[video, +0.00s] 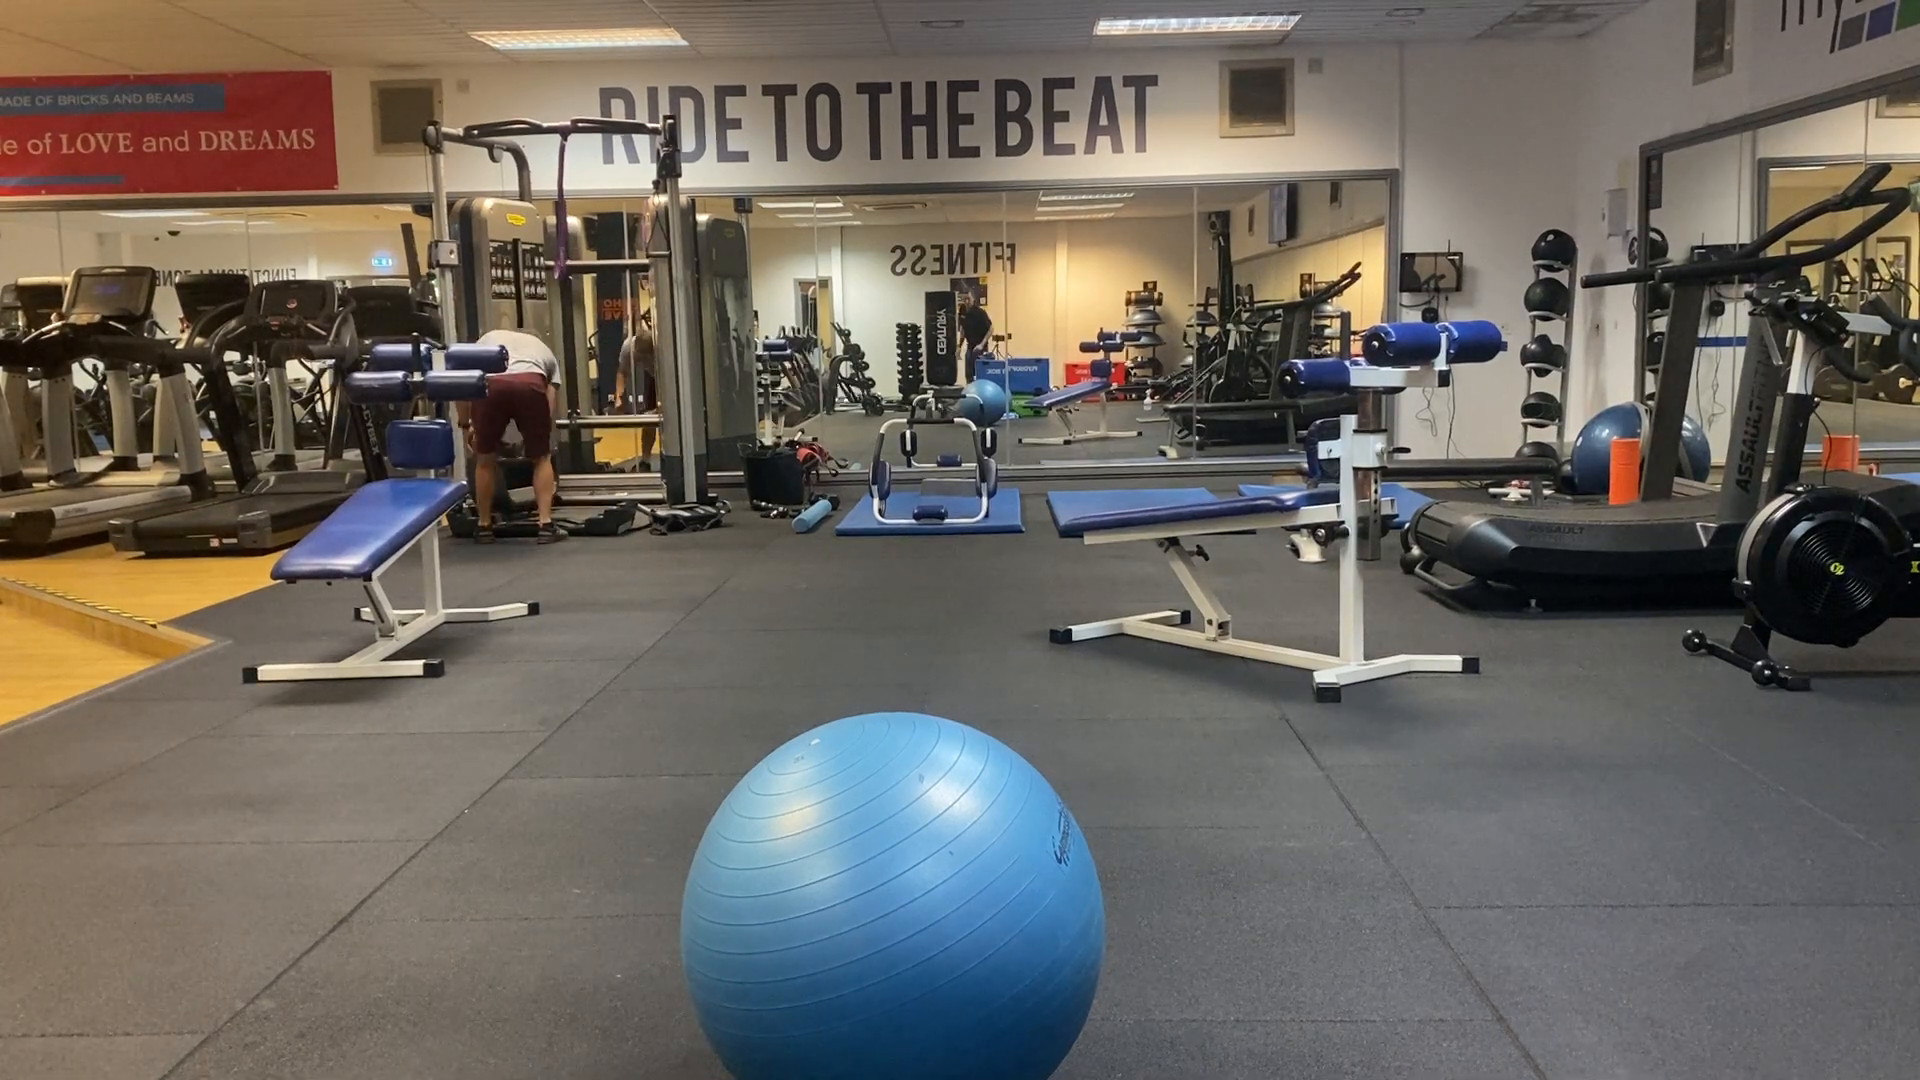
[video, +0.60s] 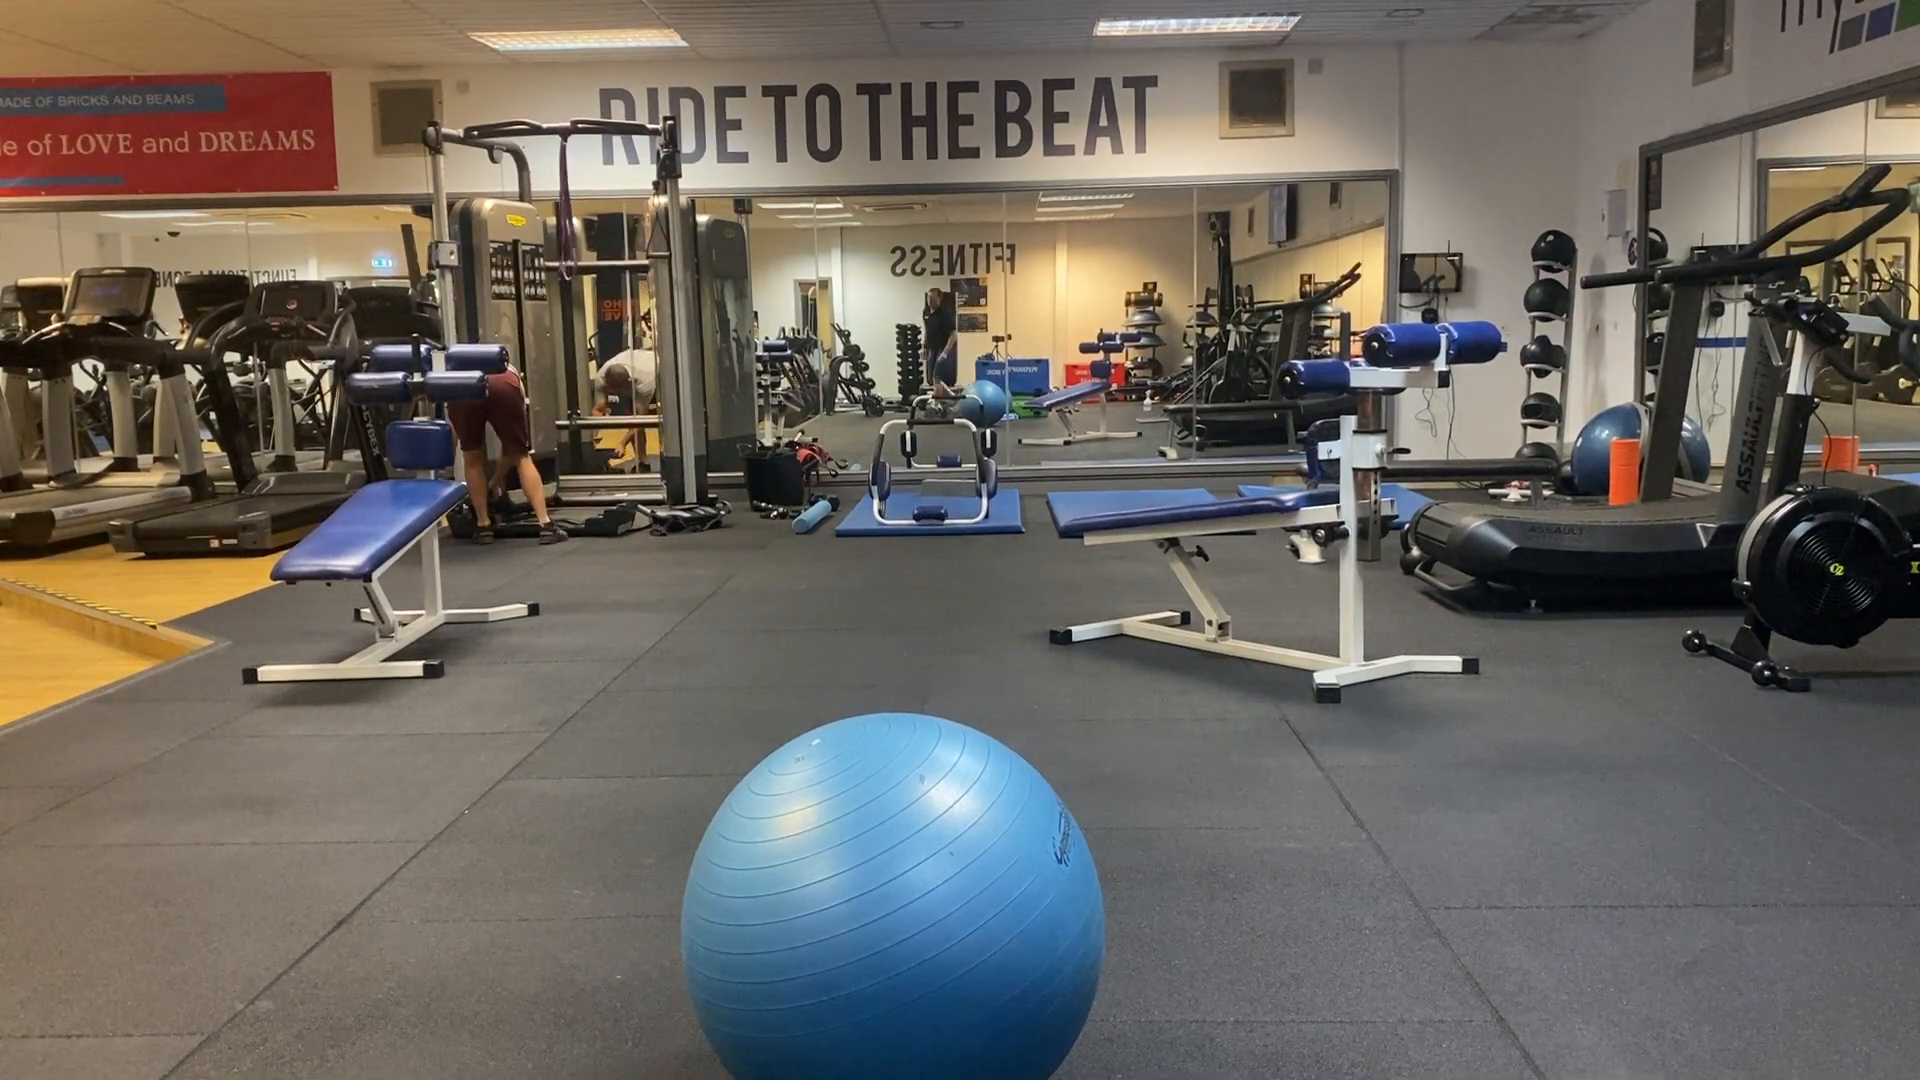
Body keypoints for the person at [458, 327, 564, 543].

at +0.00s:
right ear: (533, 339)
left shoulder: (485, 339)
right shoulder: (547, 353)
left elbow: (461, 384)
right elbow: (550, 407)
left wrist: (465, 426)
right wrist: (542, 445)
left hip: (489, 389)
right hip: (531, 389)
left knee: (485, 460)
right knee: (541, 459)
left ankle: (484, 525)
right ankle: (546, 525)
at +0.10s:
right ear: (526, 345)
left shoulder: (478, 348)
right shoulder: (539, 358)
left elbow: (456, 399)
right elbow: (540, 408)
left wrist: (460, 435)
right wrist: (529, 446)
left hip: (481, 387)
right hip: (522, 385)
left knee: (481, 462)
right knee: (537, 458)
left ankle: (483, 526)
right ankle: (545, 524)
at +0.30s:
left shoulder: (461, 370)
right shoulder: (526, 375)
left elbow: (454, 421)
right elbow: (521, 431)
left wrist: (455, 463)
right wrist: (505, 468)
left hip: (466, 389)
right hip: (507, 384)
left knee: (474, 463)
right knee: (526, 456)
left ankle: (483, 525)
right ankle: (544, 524)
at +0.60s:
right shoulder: (510, 373)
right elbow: (511, 446)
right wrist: (496, 482)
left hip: (462, 390)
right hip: (503, 386)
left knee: (473, 461)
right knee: (522, 458)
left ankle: (483, 525)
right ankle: (546, 524)